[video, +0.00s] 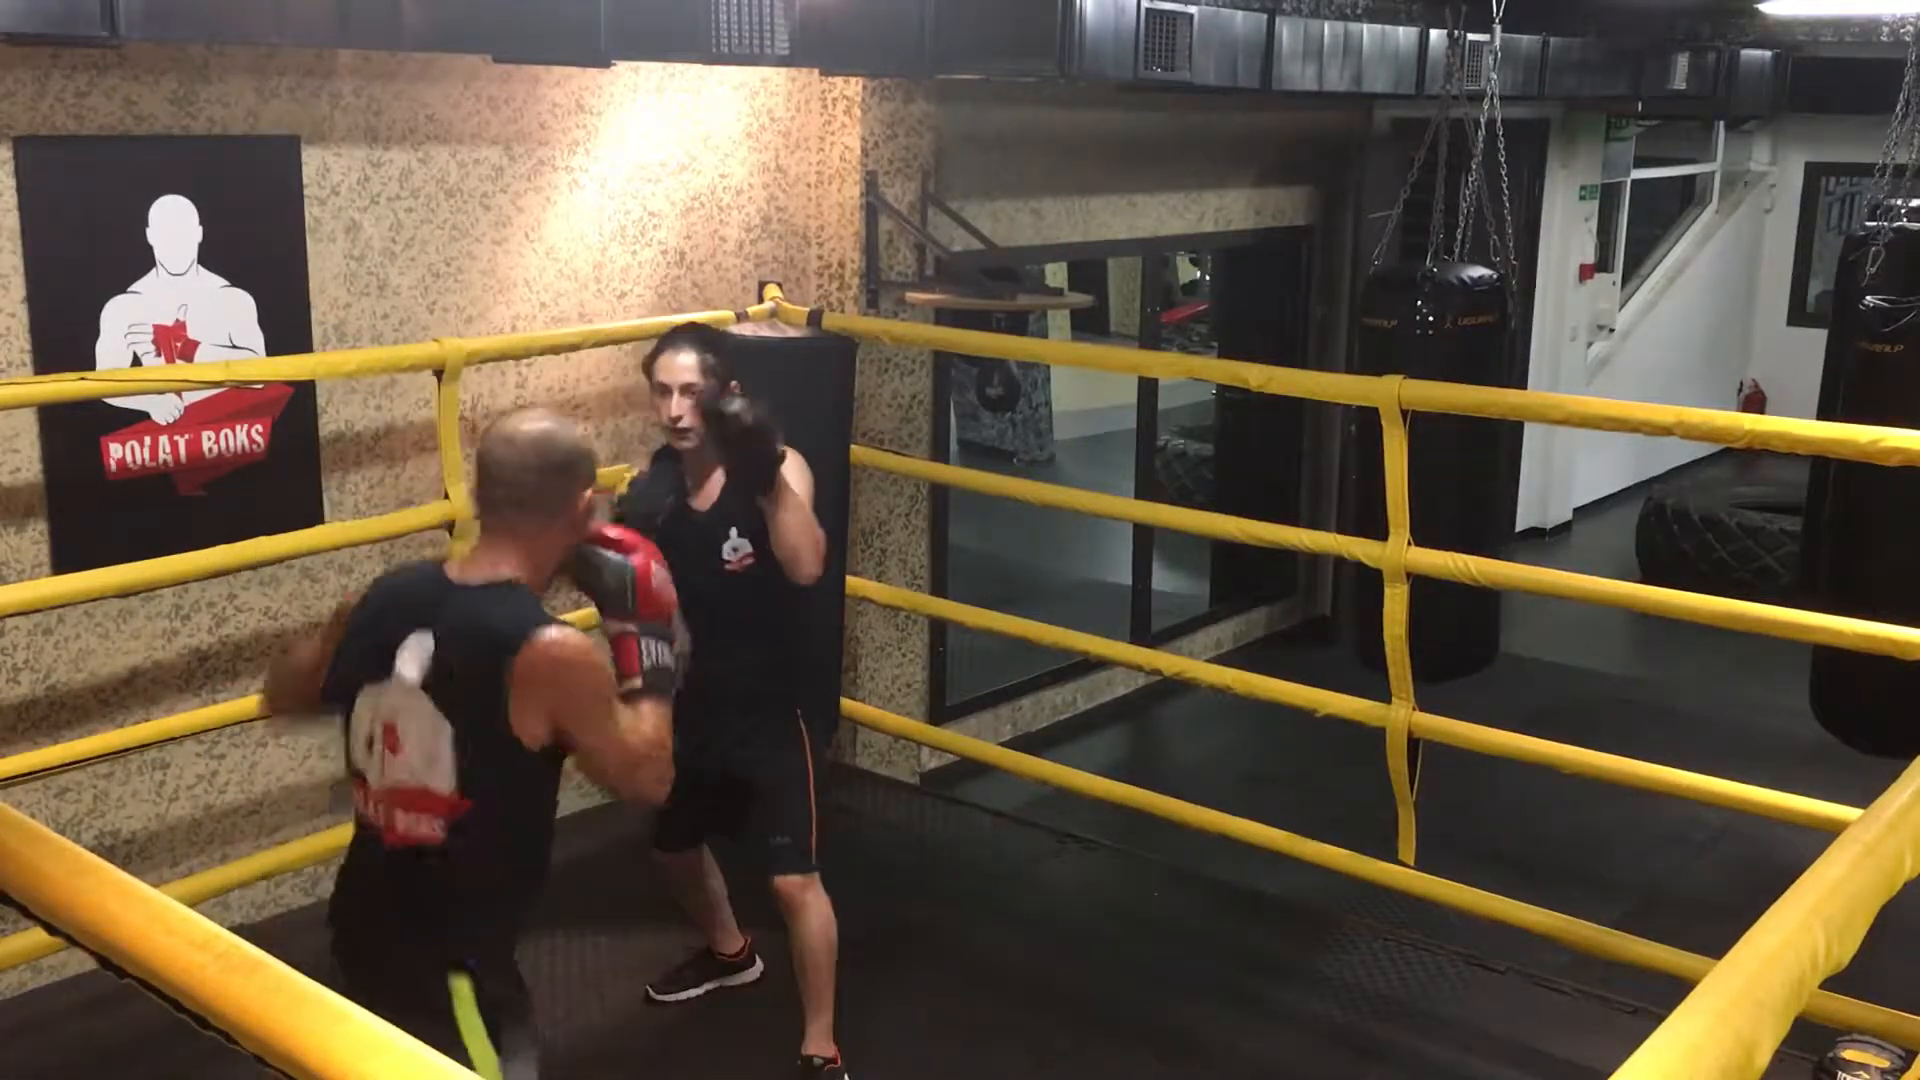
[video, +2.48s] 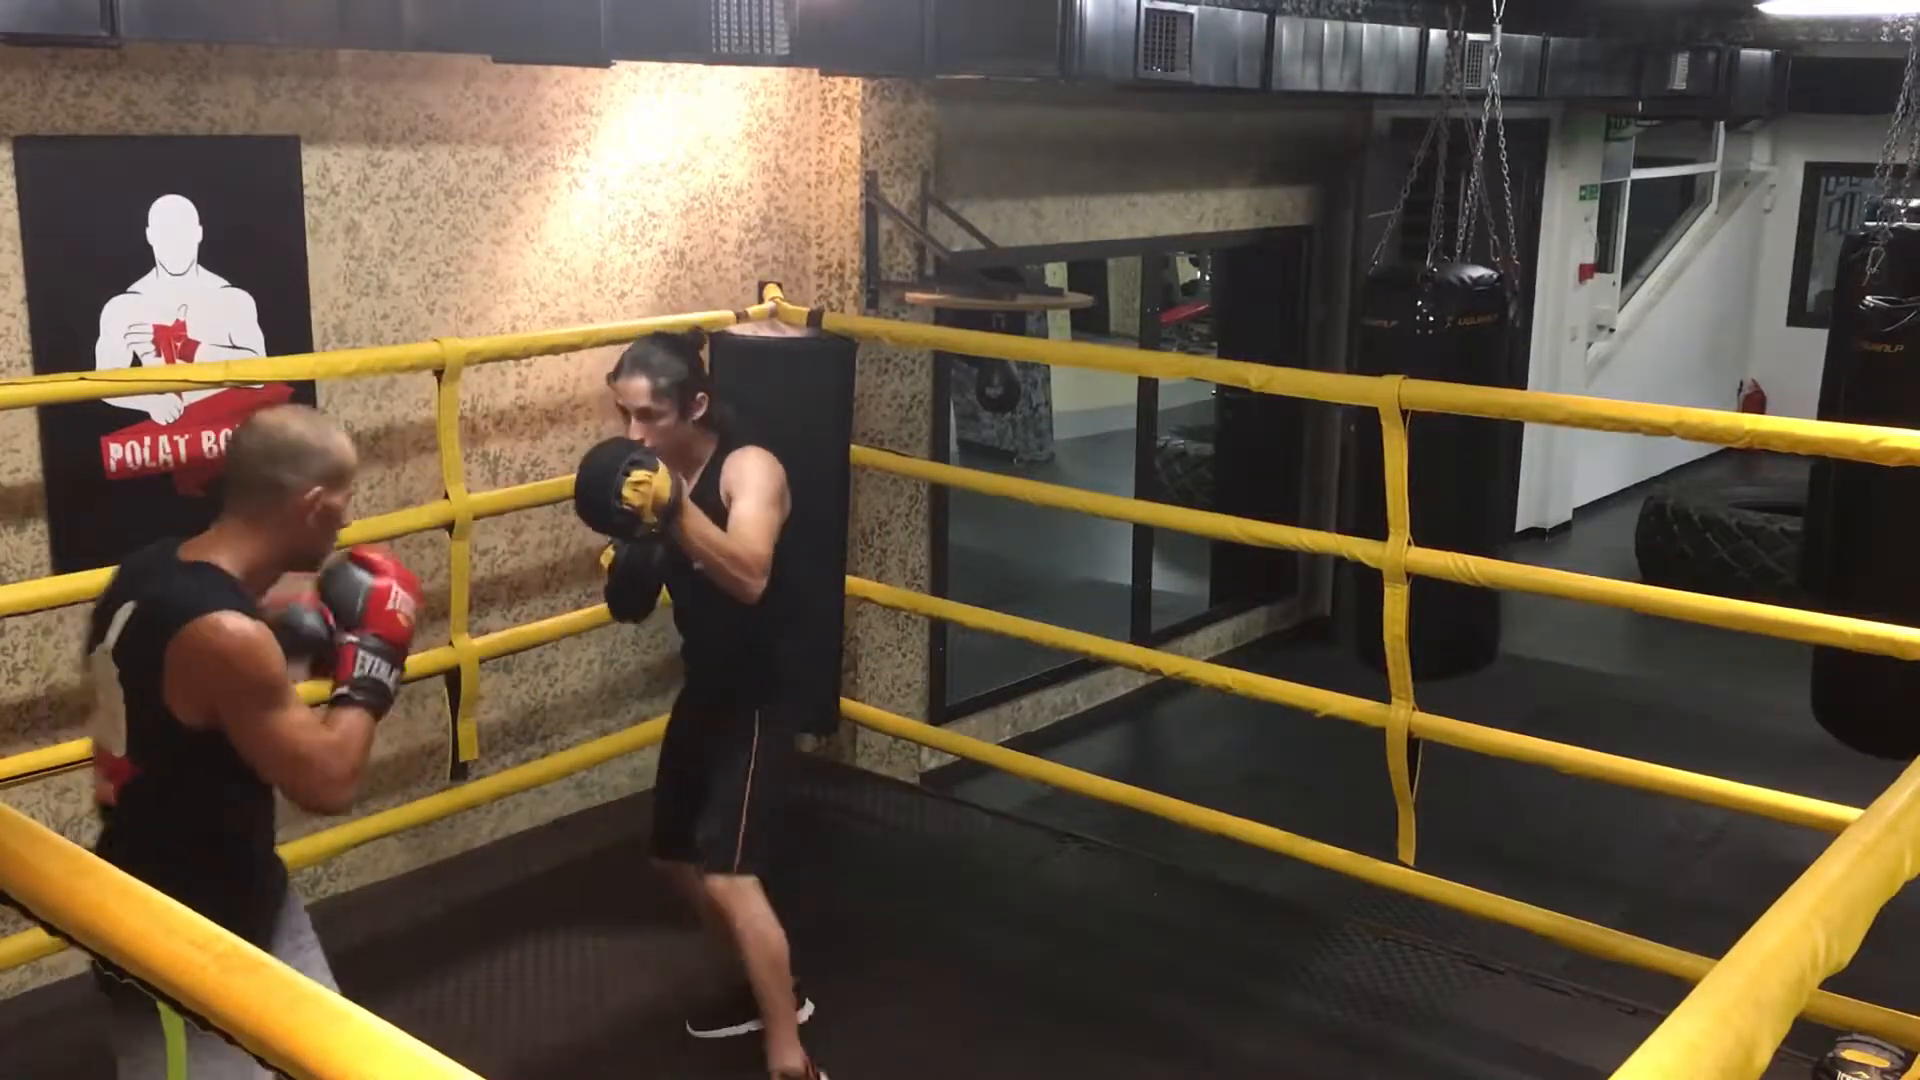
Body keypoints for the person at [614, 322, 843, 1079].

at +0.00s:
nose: (674, 408)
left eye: (689, 393)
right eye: (663, 393)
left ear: (726, 394)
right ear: (653, 397)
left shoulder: (778, 467)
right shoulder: (653, 486)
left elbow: (805, 566)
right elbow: (625, 594)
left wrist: (763, 467)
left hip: (777, 695)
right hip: (695, 692)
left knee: (792, 877)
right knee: (676, 840)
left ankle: (821, 1048)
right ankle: (729, 952)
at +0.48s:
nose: (730, 398)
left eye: (746, 382)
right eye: (721, 382)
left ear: (787, 386)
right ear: (712, 386)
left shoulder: (829, 470)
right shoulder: (721, 461)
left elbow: (870, 589)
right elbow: (650, 500)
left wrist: (798, 549)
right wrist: (670, 504)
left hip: (824, 697)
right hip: (743, 684)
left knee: (819, 871)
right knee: (724, 819)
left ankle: (861, 1020)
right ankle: (776, 940)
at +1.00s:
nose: (754, 382)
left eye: (768, 367)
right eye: (749, 367)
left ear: (811, 369)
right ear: (754, 370)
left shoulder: (834, 455)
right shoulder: (784, 441)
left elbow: (884, 569)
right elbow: (793, 537)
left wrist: (849, 677)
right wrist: (742, 530)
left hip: (826, 663)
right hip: (798, 650)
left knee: (797, 831)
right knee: (821, 802)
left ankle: (850, 1009)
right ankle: (866, 911)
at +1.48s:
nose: (648, 405)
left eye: (661, 389)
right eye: (639, 390)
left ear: (697, 386)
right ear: (633, 385)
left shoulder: (720, 468)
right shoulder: (667, 442)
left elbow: (749, 592)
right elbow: (687, 529)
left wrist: (698, 689)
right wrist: (643, 553)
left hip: (723, 649)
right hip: (697, 639)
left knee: (651, 786)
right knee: (698, 779)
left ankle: (654, 933)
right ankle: (802, 869)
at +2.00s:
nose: (615, 415)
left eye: (628, 399)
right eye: (605, 400)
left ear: (668, 388)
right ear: (599, 396)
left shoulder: (715, 446)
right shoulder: (614, 460)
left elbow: (733, 545)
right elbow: (609, 565)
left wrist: (665, 498)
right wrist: (607, 544)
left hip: (709, 653)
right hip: (646, 646)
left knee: (681, 818)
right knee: (595, 791)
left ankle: (730, 1005)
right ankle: (635, 912)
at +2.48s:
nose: (634, 436)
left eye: (648, 417)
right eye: (626, 418)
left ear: (696, 407)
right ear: (622, 414)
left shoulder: (751, 468)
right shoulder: (657, 483)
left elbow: (749, 576)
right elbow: (630, 601)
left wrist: (670, 506)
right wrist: (631, 555)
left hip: (762, 695)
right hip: (704, 690)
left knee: (729, 874)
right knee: (679, 858)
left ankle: (791, 1062)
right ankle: (778, 986)